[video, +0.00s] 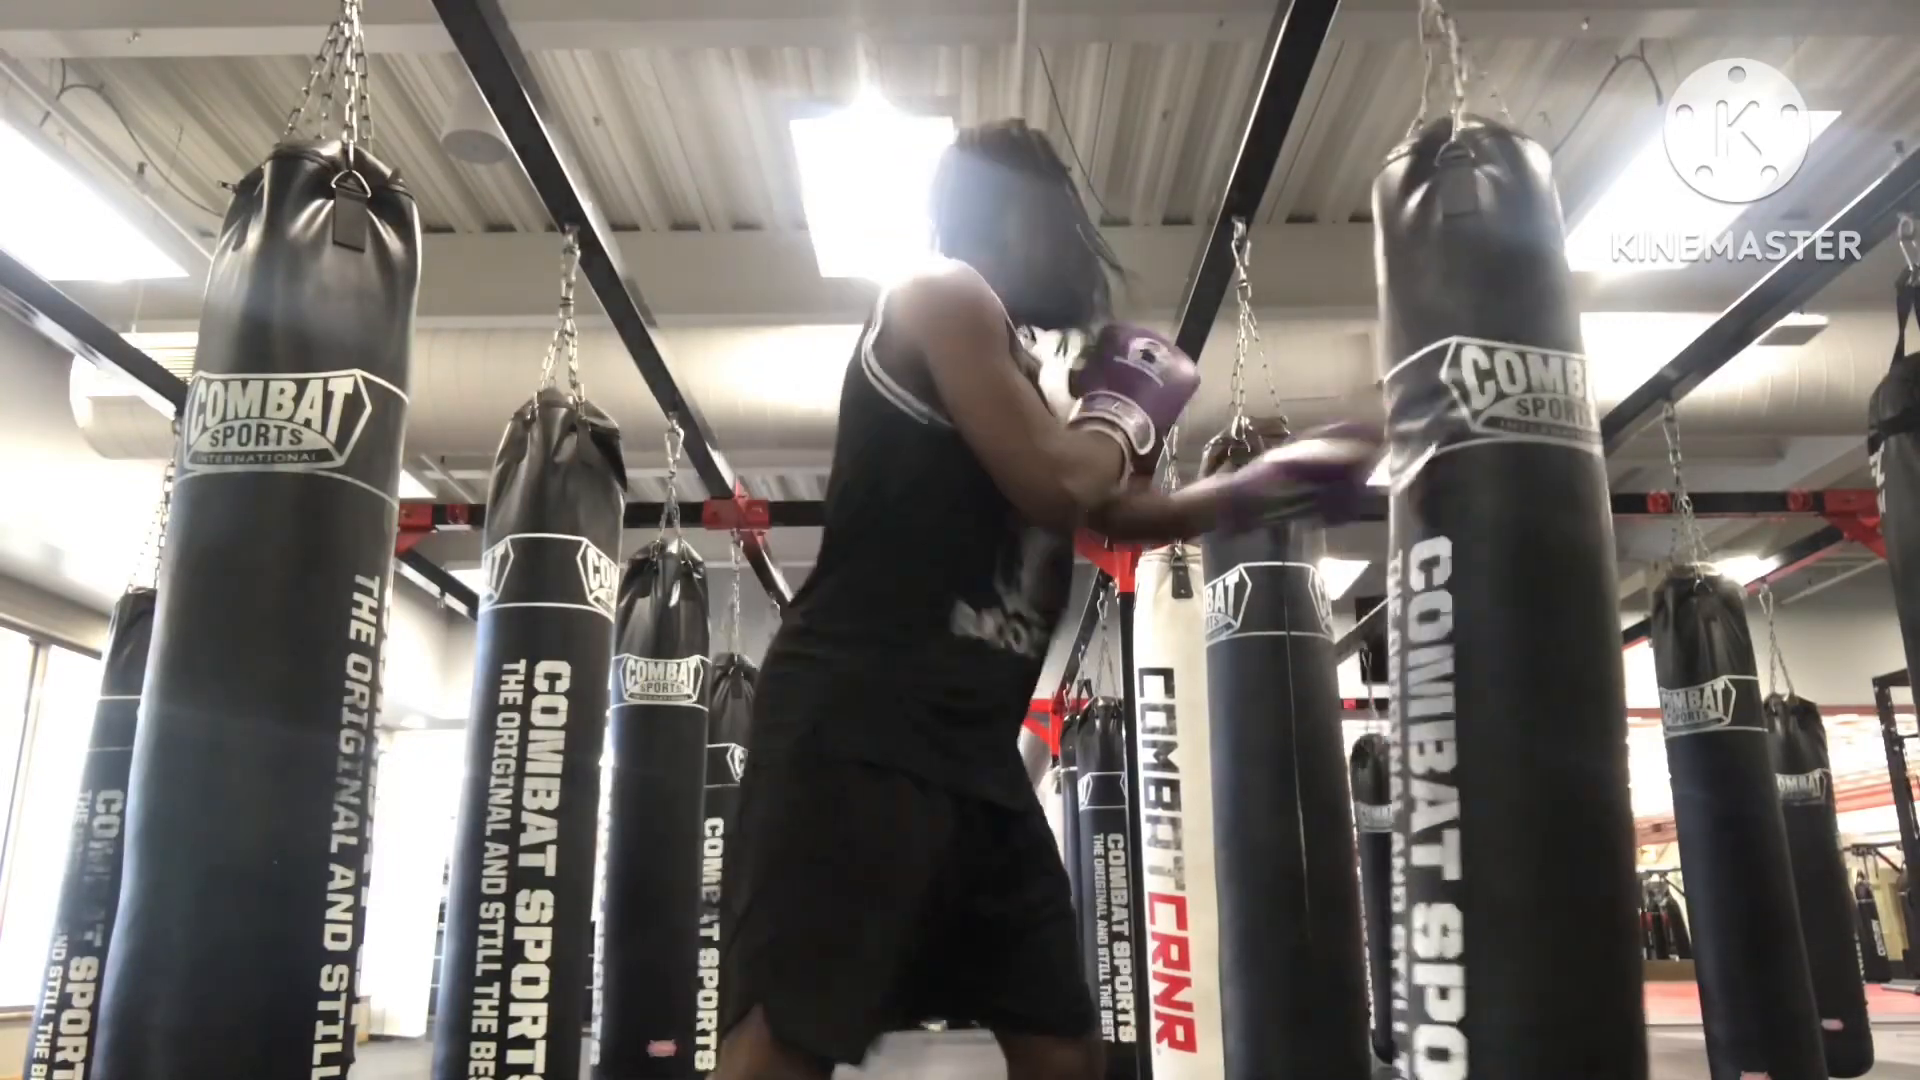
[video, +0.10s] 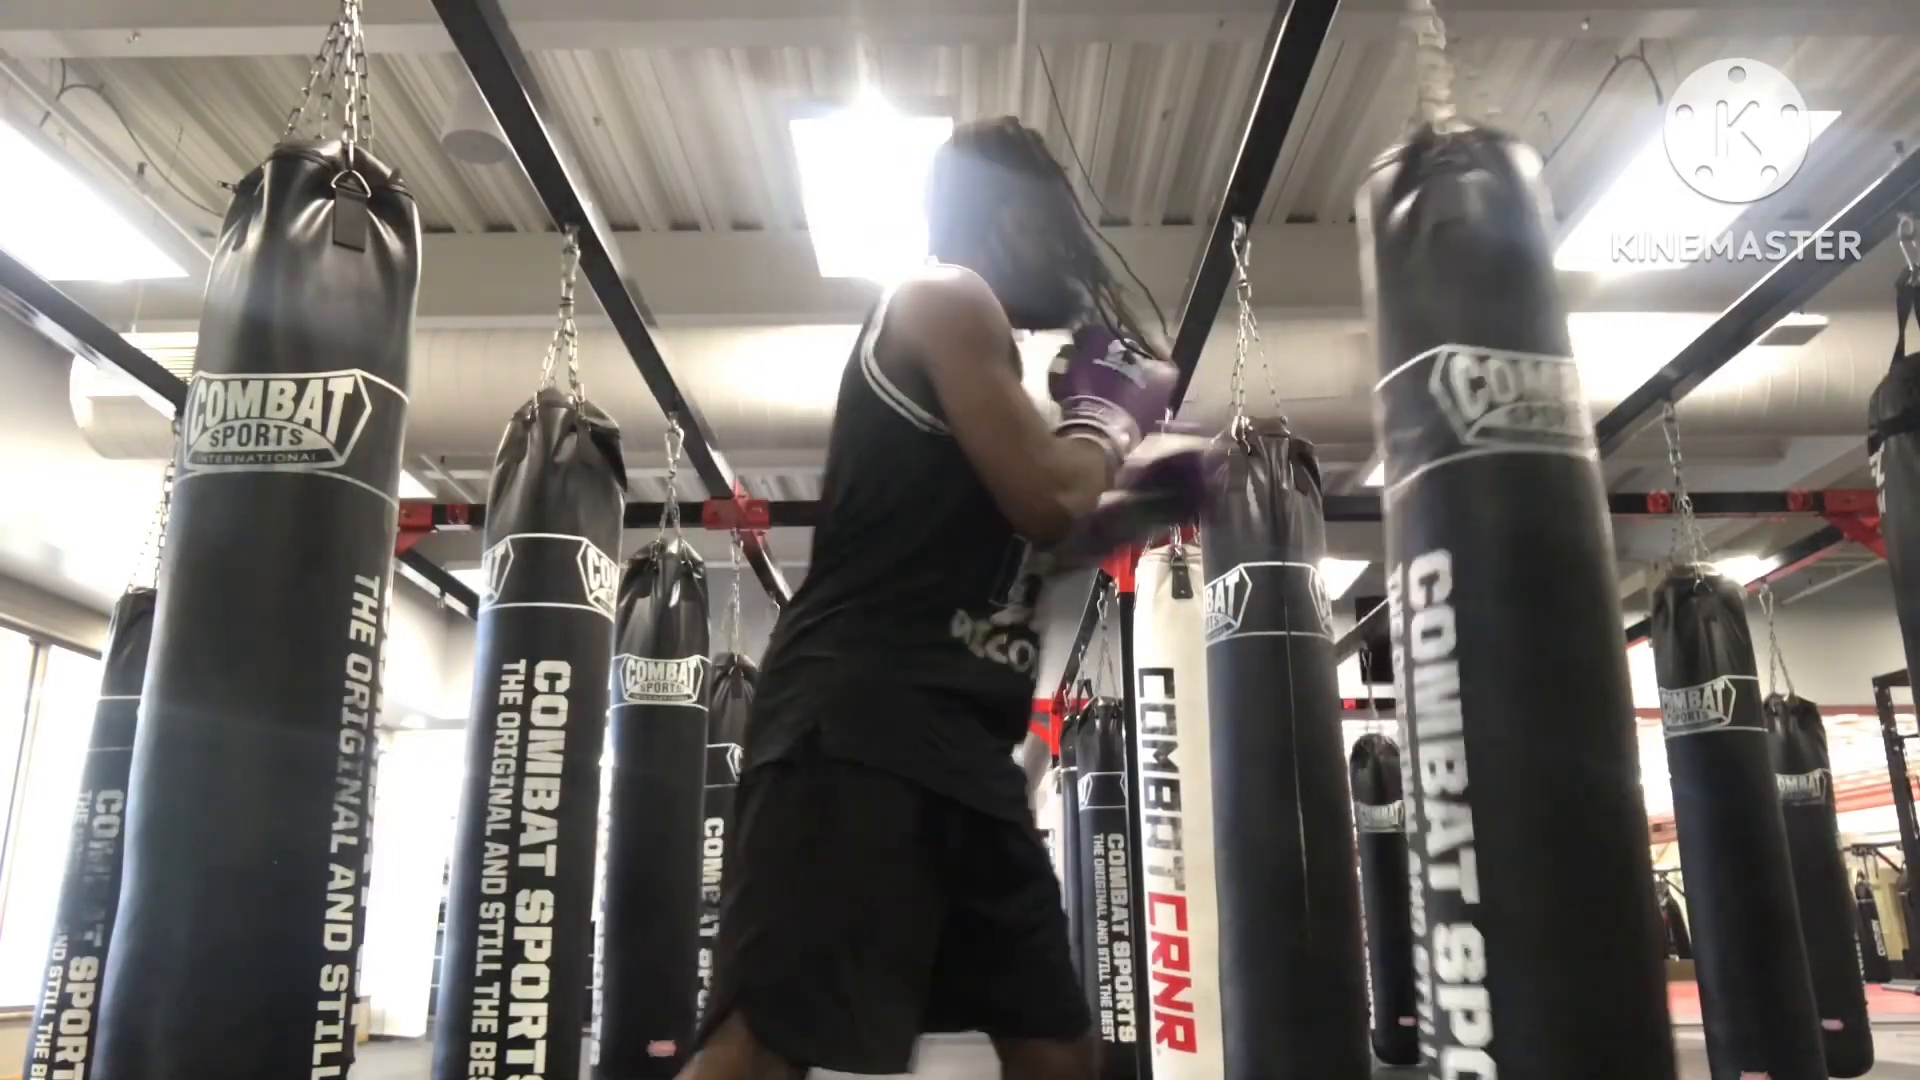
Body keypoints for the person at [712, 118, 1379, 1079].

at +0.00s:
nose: (1082, 231)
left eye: (1077, 208)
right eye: (1060, 204)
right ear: (1007, 209)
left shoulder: (1021, 369)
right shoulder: (943, 296)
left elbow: (1123, 512)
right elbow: (1054, 484)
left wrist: (1260, 483)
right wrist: (1123, 406)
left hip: (969, 743)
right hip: (853, 725)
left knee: (1058, 1047)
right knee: (780, 1043)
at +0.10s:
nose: (1081, 249)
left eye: (1078, 221)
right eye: (1062, 217)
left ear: (981, 211)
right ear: (1005, 210)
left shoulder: (979, 345)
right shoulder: (946, 298)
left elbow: (1034, 546)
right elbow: (1046, 497)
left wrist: (1143, 503)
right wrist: (1105, 412)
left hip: (960, 751)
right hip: (854, 732)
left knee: (1052, 1049)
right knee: (760, 1042)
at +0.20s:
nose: (1042, 258)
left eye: (1041, 230)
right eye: (1025, 226)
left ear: (938, 213)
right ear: (975, 215)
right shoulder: (913, 298)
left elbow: (985, 505)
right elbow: (1001, 497)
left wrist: (1070, 457)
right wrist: (1066, 429)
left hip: (925, 757)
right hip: (826, 743)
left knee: (1035, 1050)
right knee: (732, 1042)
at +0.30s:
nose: (975, 255)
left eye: (973, 231)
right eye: (962, 228)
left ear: (867, 218)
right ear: (919, 219)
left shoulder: (827, 313)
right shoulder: (851, 300)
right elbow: (941, 515)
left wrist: (984, 428)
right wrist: (1016, 431)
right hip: (795, 755)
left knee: (1003, 1039)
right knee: (755, 1045)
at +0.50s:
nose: (859, 226)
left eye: (852, 197)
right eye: (840, 194)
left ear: (756, 199)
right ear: (786, 196)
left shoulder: (735, 313)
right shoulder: (722, 289)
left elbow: (808, 504)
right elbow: (812, 485)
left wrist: (884, 422)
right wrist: (909, 440)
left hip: (753, 765)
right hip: (675, 776)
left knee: (906, 1032)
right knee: (703, 1053)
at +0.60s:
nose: (825, 195)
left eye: (821, 168)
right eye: (806, 165)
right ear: (745, 170)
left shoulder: (741, 340)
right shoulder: (641, 255)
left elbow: (737, 560)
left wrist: (867, 483)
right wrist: (829, 397)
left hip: (725, 720)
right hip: (624, 721)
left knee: (759, 1030)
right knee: (668, 1043)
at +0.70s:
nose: (826, 230)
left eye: (824, 198)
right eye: (798, 192)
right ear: (696, 201)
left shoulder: (778, 386)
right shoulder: (577, 324)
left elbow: (755, 614)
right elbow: (523, 521)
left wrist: (876, 509)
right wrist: (699, 458)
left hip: (708, 776)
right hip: (583, 767)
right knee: (642, 1060)